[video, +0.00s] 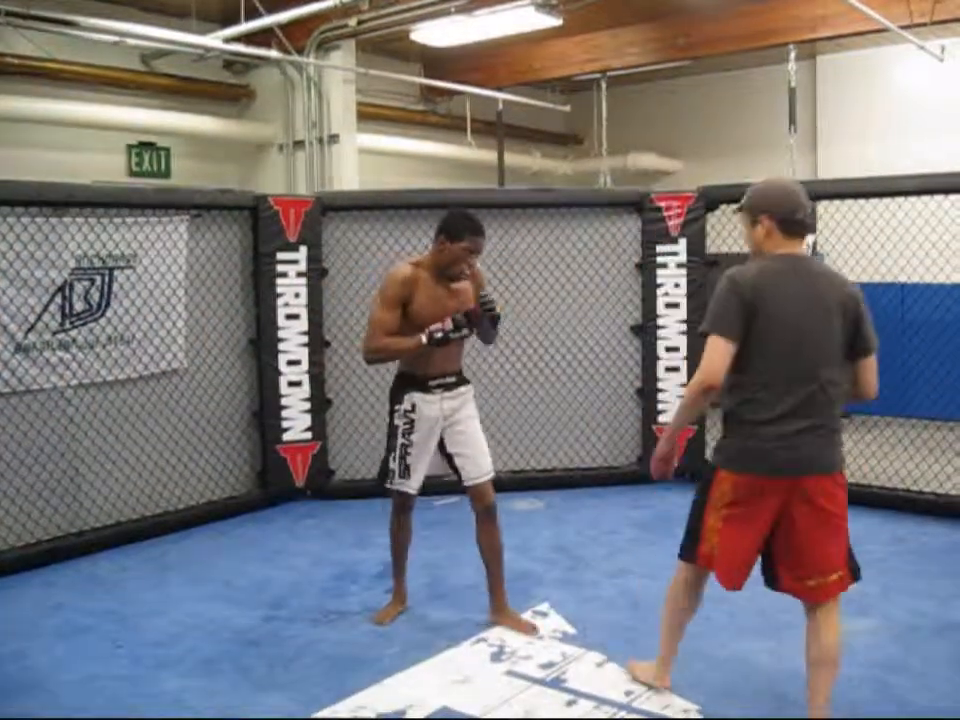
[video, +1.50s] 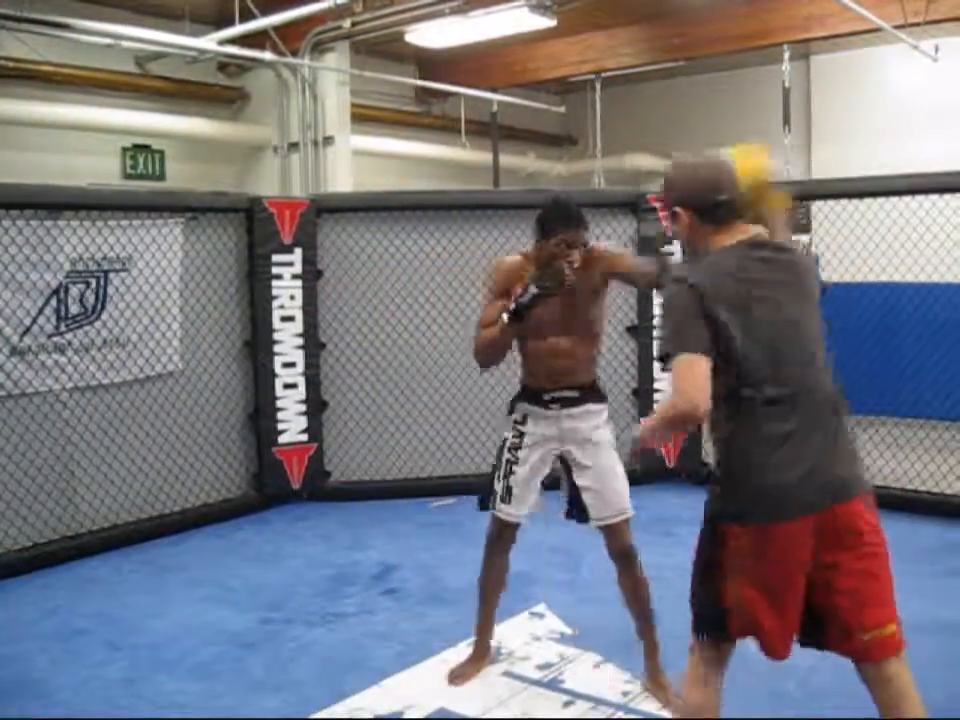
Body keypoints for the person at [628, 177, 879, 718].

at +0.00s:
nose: (744, 234)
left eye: (746, 225)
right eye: (744, 224)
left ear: (765, 225)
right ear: (804, 226)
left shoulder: (742, 281)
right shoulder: (843, 289)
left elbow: (710, 378)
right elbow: (866, 386)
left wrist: (673, 431)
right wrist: (808, 384)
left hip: (746, 462)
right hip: (820, 465)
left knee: (694, 565)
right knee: (824, 600)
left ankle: (660, 668)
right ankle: (818, 711)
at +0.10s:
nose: (758, 205)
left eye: (759, 195)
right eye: (759, 195)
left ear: (776, 193)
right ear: (814, 194)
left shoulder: (759, 251)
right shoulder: (861, 259)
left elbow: (728, 343)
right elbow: (884, 357)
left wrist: (687, 377)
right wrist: (829, 350)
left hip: (766, 435)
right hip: (840, 439)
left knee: (718, 556)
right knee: (833, 584)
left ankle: (711, 687)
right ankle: (823, 709)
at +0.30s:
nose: (781, 210)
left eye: (782, 200)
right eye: (780, 201)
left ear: (800, 195)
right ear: (842, 195)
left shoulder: (788, 253)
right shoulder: (892, 261)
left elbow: (762, 349)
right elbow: (919, 364)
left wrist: (730, 349)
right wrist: (862, 360)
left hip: (799, 450)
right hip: (872, 448)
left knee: (759, 578)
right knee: (877, 592)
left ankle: (798, 708)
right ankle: (883, 711)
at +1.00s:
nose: (749, 217)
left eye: (749, 206)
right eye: (749, 206)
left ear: (765, 206)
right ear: (816, 202)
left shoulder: (744, 277)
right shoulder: (872, 268)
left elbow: (701, 382)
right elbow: (886, 347)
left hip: (784, 487)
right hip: (873, 483)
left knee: (749, 653)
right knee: (898, 649)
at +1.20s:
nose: (770, 232)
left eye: (771, 221)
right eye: (768, 221)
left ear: (790, 224)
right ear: (841, 218)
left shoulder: (772, 294)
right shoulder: (889, 285)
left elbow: (707, 398)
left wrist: (728, 399)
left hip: (789, 514)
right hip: (876, 512)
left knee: (727, 646)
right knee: (903, 675)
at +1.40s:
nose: (707, 237)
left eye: (708, 226)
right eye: (707, 225)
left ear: (723, 229)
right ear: (781, 221)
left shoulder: (723, 298)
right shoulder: (835, 287)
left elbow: (713, 423)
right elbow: (844, 272)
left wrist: (668, 456)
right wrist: (824, 218)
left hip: (772, 513)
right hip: (856, 504)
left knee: (718, 665)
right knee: (892, 677)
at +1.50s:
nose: (667, 222)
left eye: (668, 213)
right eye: (667, 212)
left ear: (682, 218)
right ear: (735, 206)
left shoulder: (691, 284)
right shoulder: (798, 263)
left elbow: (693, 403)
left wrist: (660, 424)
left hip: (756, 498)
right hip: (841, 485)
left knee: (707, 660)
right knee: (886, 665)